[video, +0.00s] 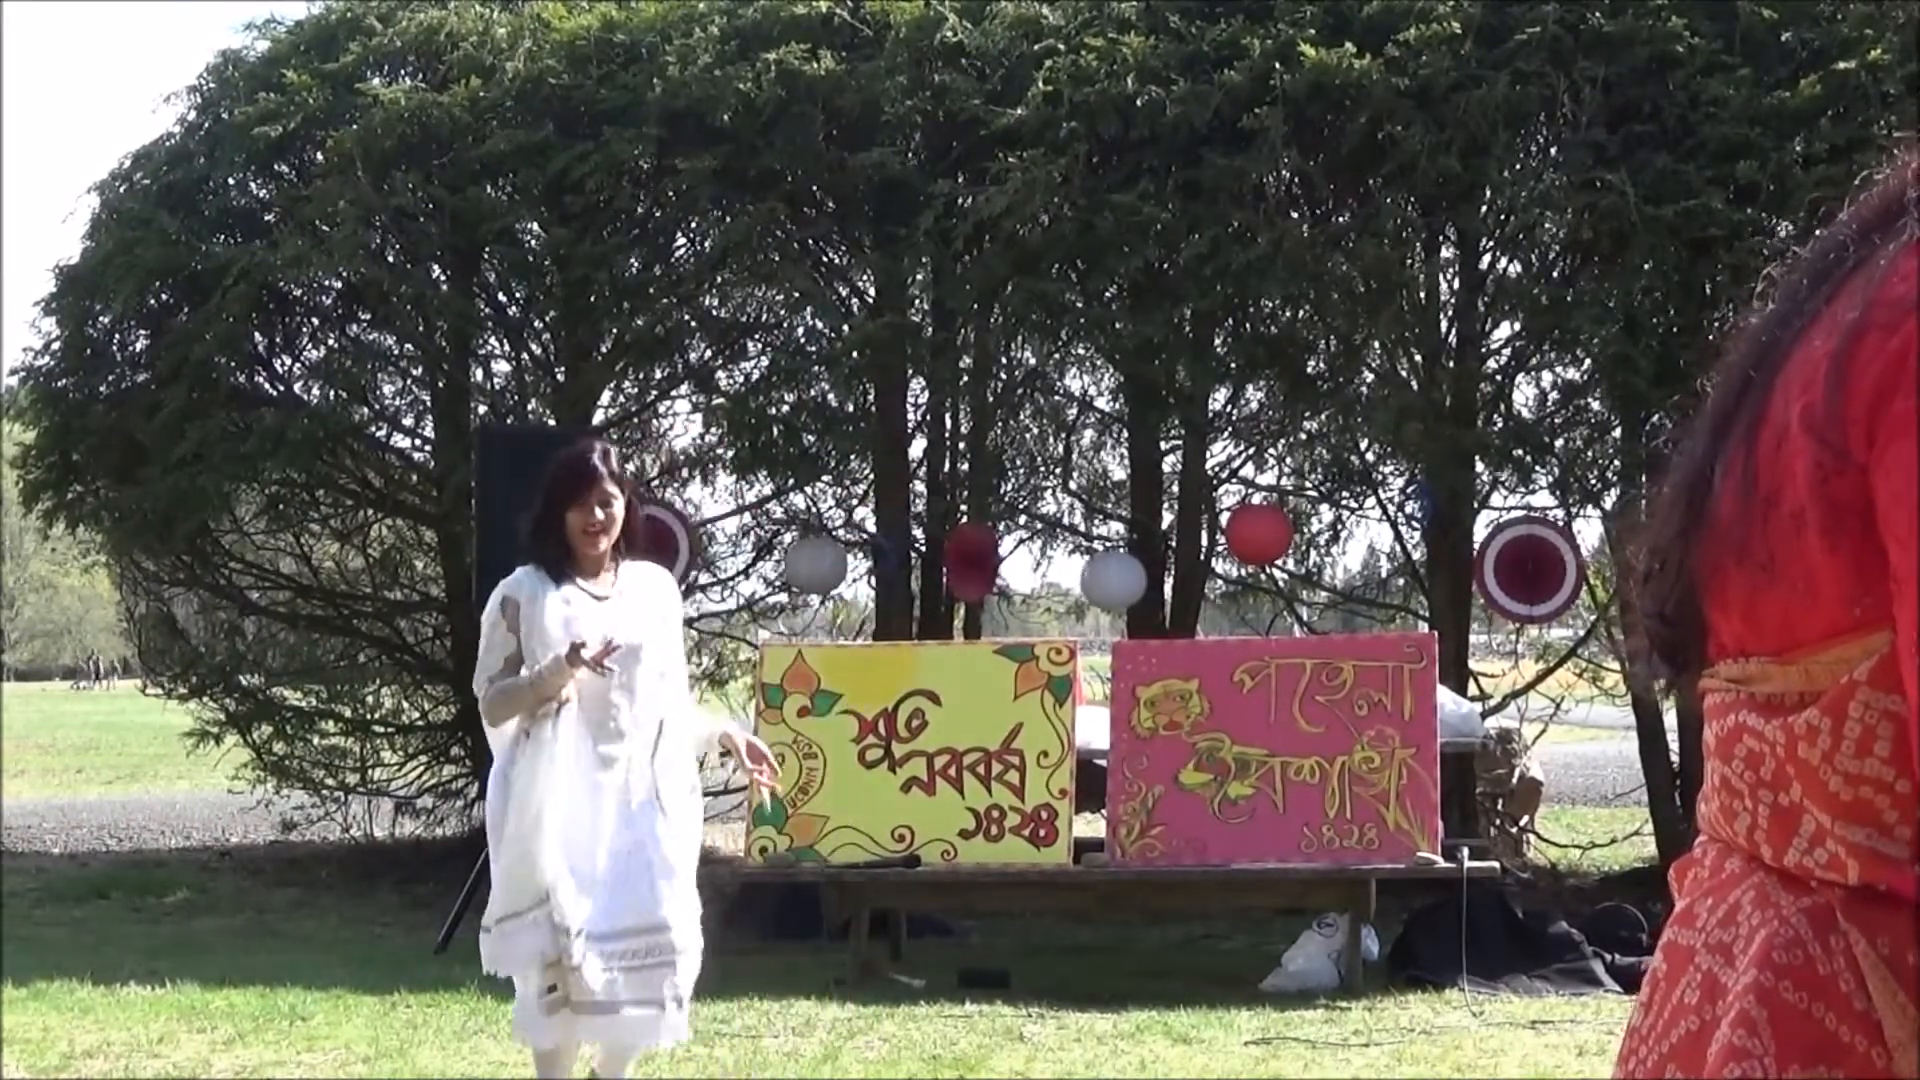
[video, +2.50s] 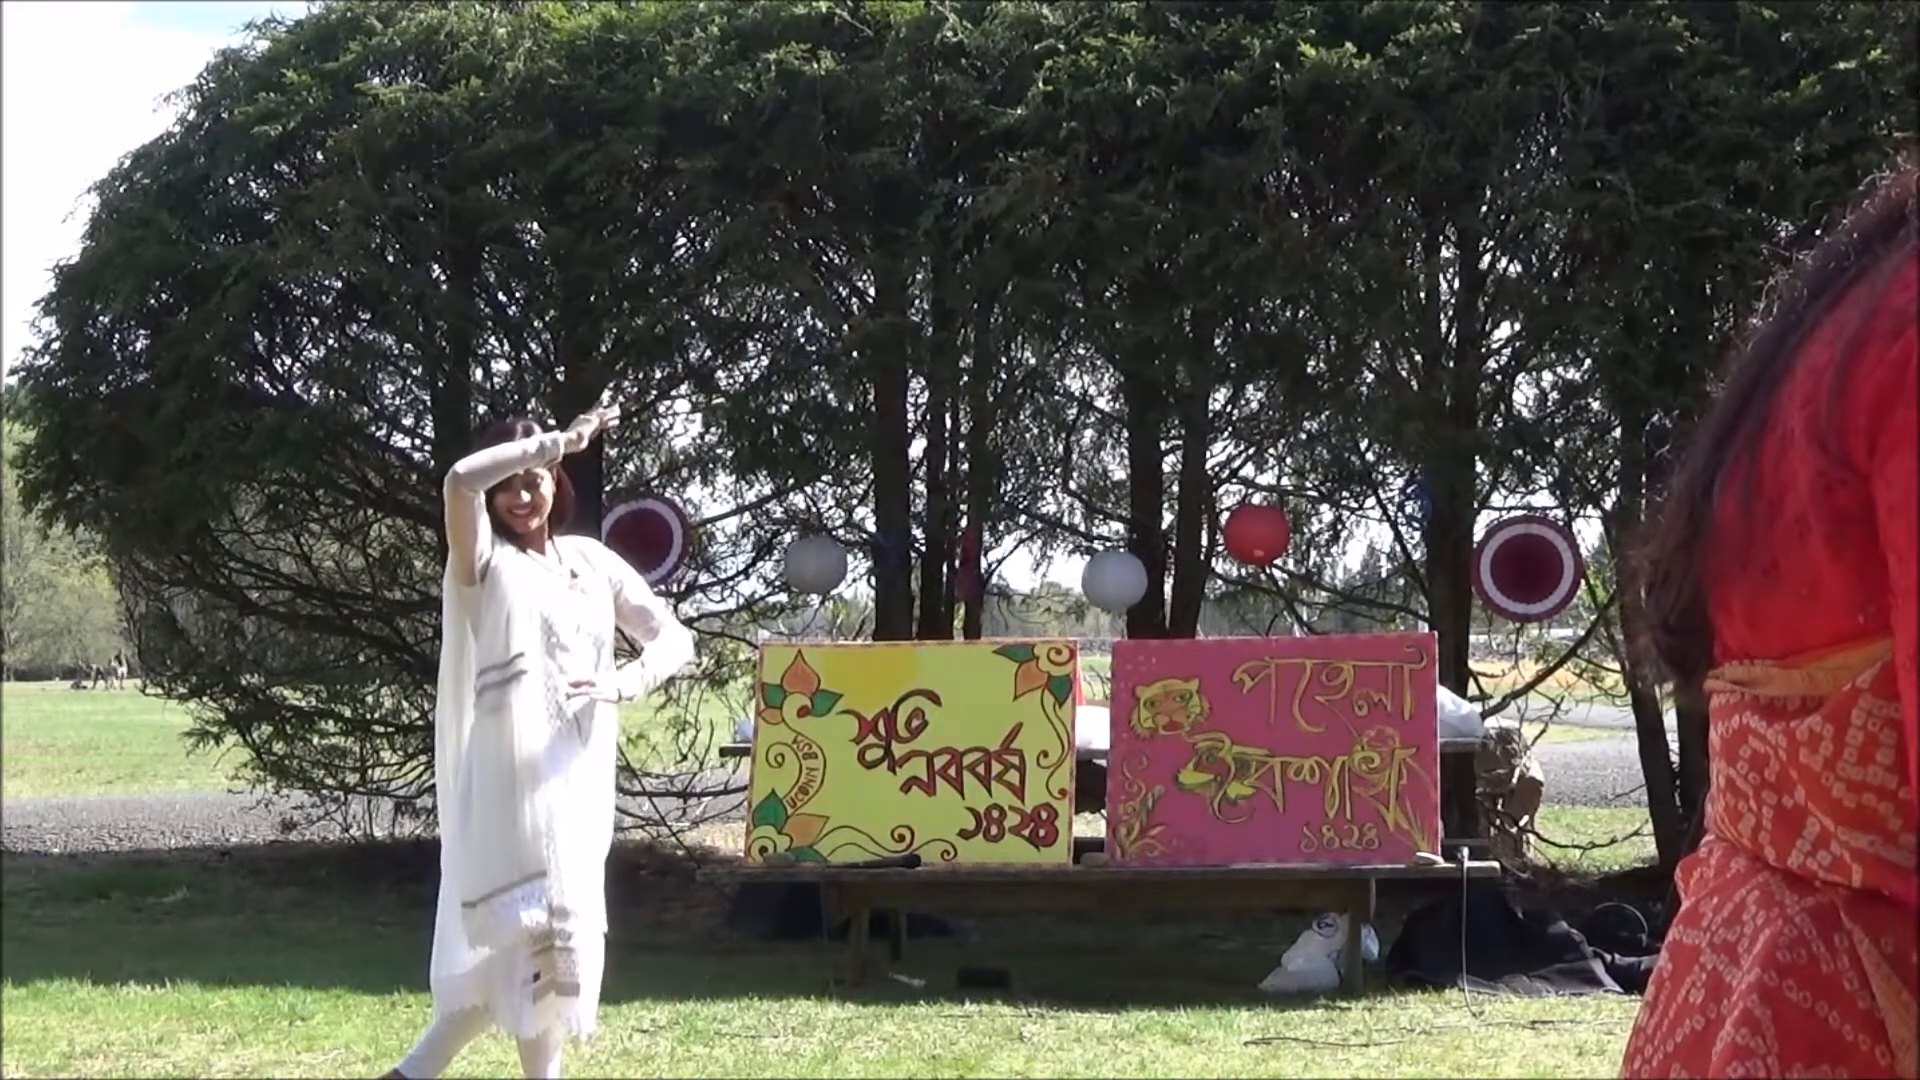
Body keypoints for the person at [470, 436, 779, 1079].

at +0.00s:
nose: (597, 516)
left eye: (609, 501)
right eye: (582, 503)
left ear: (626, 506)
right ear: (557, 510)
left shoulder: (655, 586)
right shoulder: (521, 595)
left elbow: (672, 708)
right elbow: (493, 709)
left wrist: (727, 736)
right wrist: (560, 669)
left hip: (642, 813)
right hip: (550, 815)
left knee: (653, 961)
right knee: (551, 976)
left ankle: (611, 1069)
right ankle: (555, 1070)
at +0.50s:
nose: (576, 489)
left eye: (585, 476)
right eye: (560, 479)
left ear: (602, 482)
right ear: (536, 491)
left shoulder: (631, 561)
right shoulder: (508, 565)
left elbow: (692, 638)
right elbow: (399, 610)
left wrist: (750, 699)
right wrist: (408, 695)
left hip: (608, 771)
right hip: (533, 768)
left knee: (575, 936)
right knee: (553, 937)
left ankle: (432, 1034)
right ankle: (549, 1071)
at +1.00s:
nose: (564, 478)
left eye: (576, 465)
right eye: (552, 465)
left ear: (591, 476)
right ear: (527, 474)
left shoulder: (606, 554)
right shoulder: (508, 546)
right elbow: (492, 510)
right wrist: (520, 473)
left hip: (584, 782)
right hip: (514, 781)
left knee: (563, 943)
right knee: (542, 942)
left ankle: (438, 1060)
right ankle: (544, 1073)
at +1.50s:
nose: (550, 499)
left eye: (560, 486)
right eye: (536, 488)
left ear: (575, 495)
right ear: (509, 498)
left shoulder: (591, 572)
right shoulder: (493, 573)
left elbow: (673, 649)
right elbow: (498, 496)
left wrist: (629, 672)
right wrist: (585, 443)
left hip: (582, 779)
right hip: (515, 776)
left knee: (549, 953)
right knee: (543, 946)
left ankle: (416, 1069)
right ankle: (548, 1070)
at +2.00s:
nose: (529, 516)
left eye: (540, 500)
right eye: (513, 505)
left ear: (558, 506)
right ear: (493, 518)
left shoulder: (589, 581)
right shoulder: (485, 587)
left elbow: (684, 653)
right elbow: (459, 509)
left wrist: (629, 674)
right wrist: (538, 463)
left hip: (587, 778)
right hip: (511, 777)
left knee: (583, 934)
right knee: (535, 937)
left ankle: (431, 924)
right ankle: (425, 923)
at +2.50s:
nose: (523, 496)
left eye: (535, 480)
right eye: (508, 484)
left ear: (556, 485)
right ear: (488, 496)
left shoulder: (590, 558)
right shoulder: (480, 565)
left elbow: (676, 639)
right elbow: (460, 479)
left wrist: (621, 681)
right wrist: (559, 442)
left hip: (575, 779)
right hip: (502, 777)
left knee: (529, 950)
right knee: (534, 948)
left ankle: (413, 1069)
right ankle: (544, 1072)